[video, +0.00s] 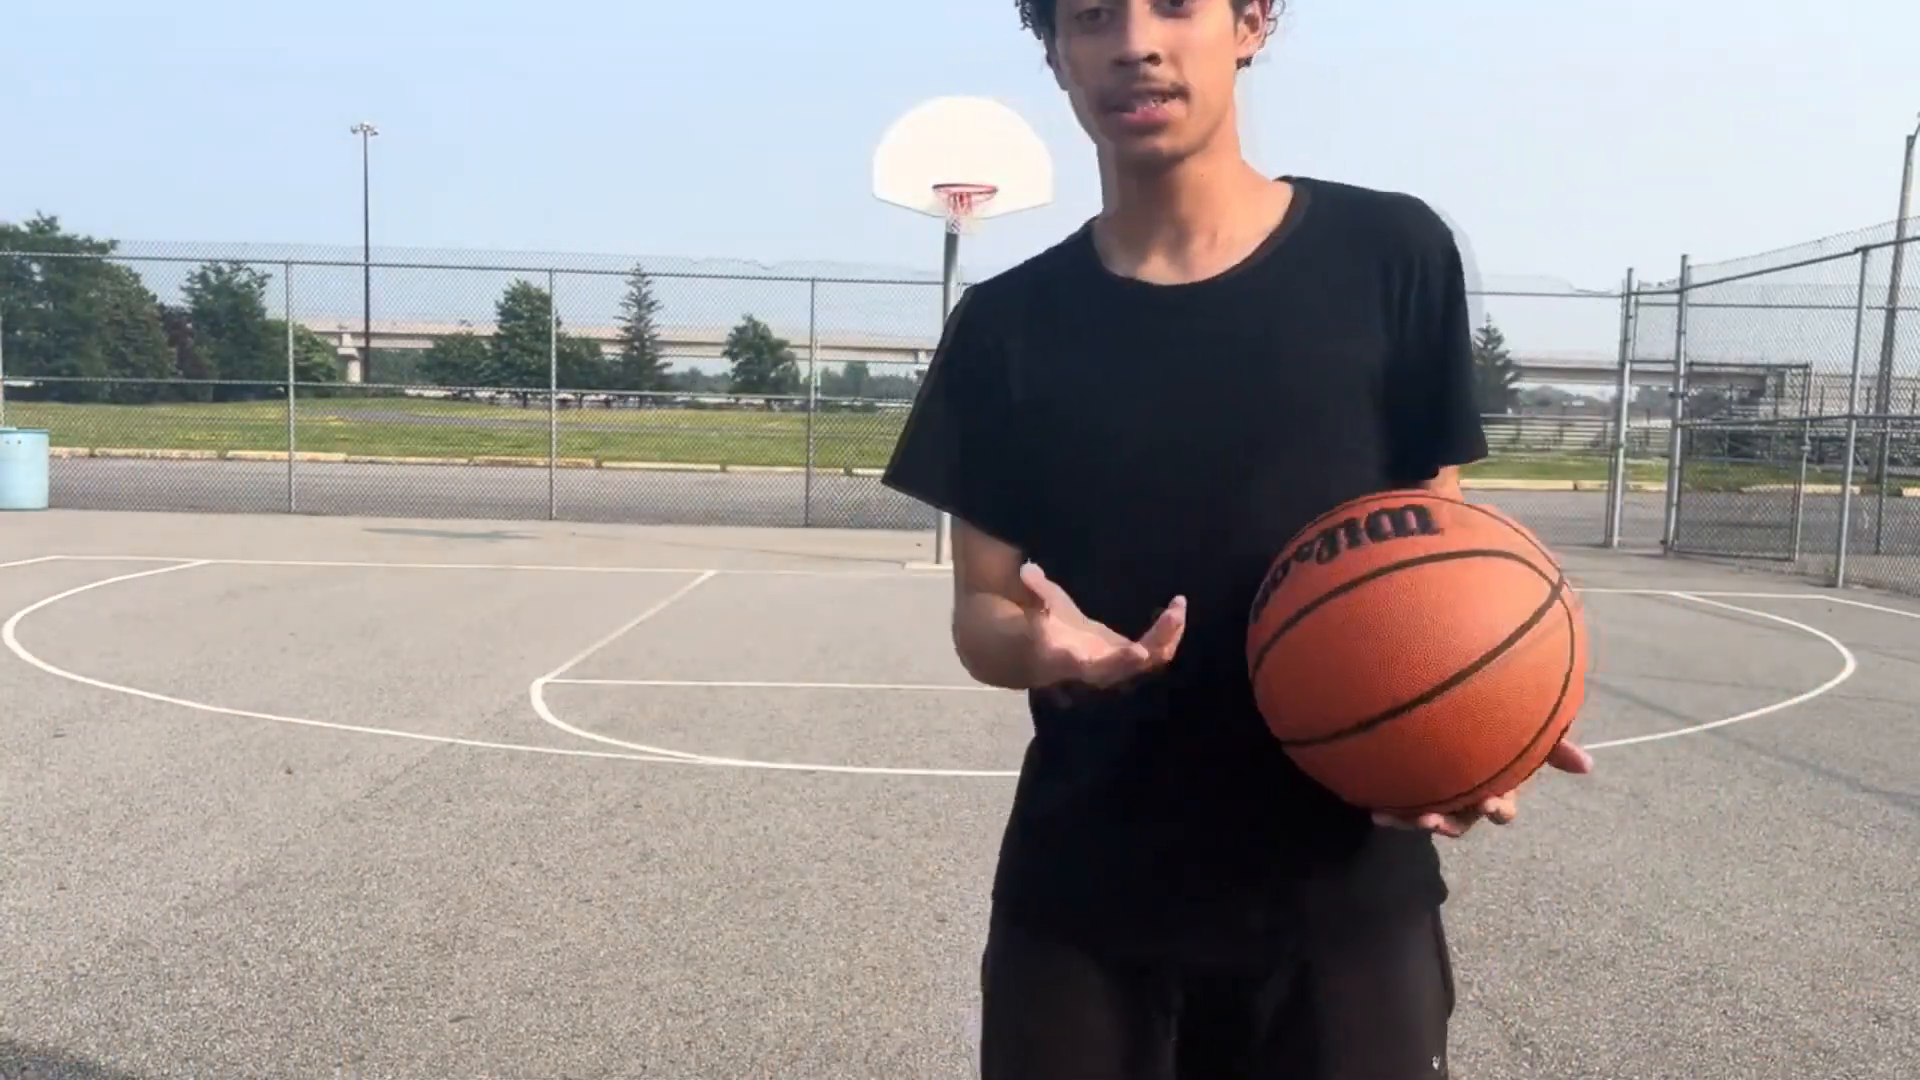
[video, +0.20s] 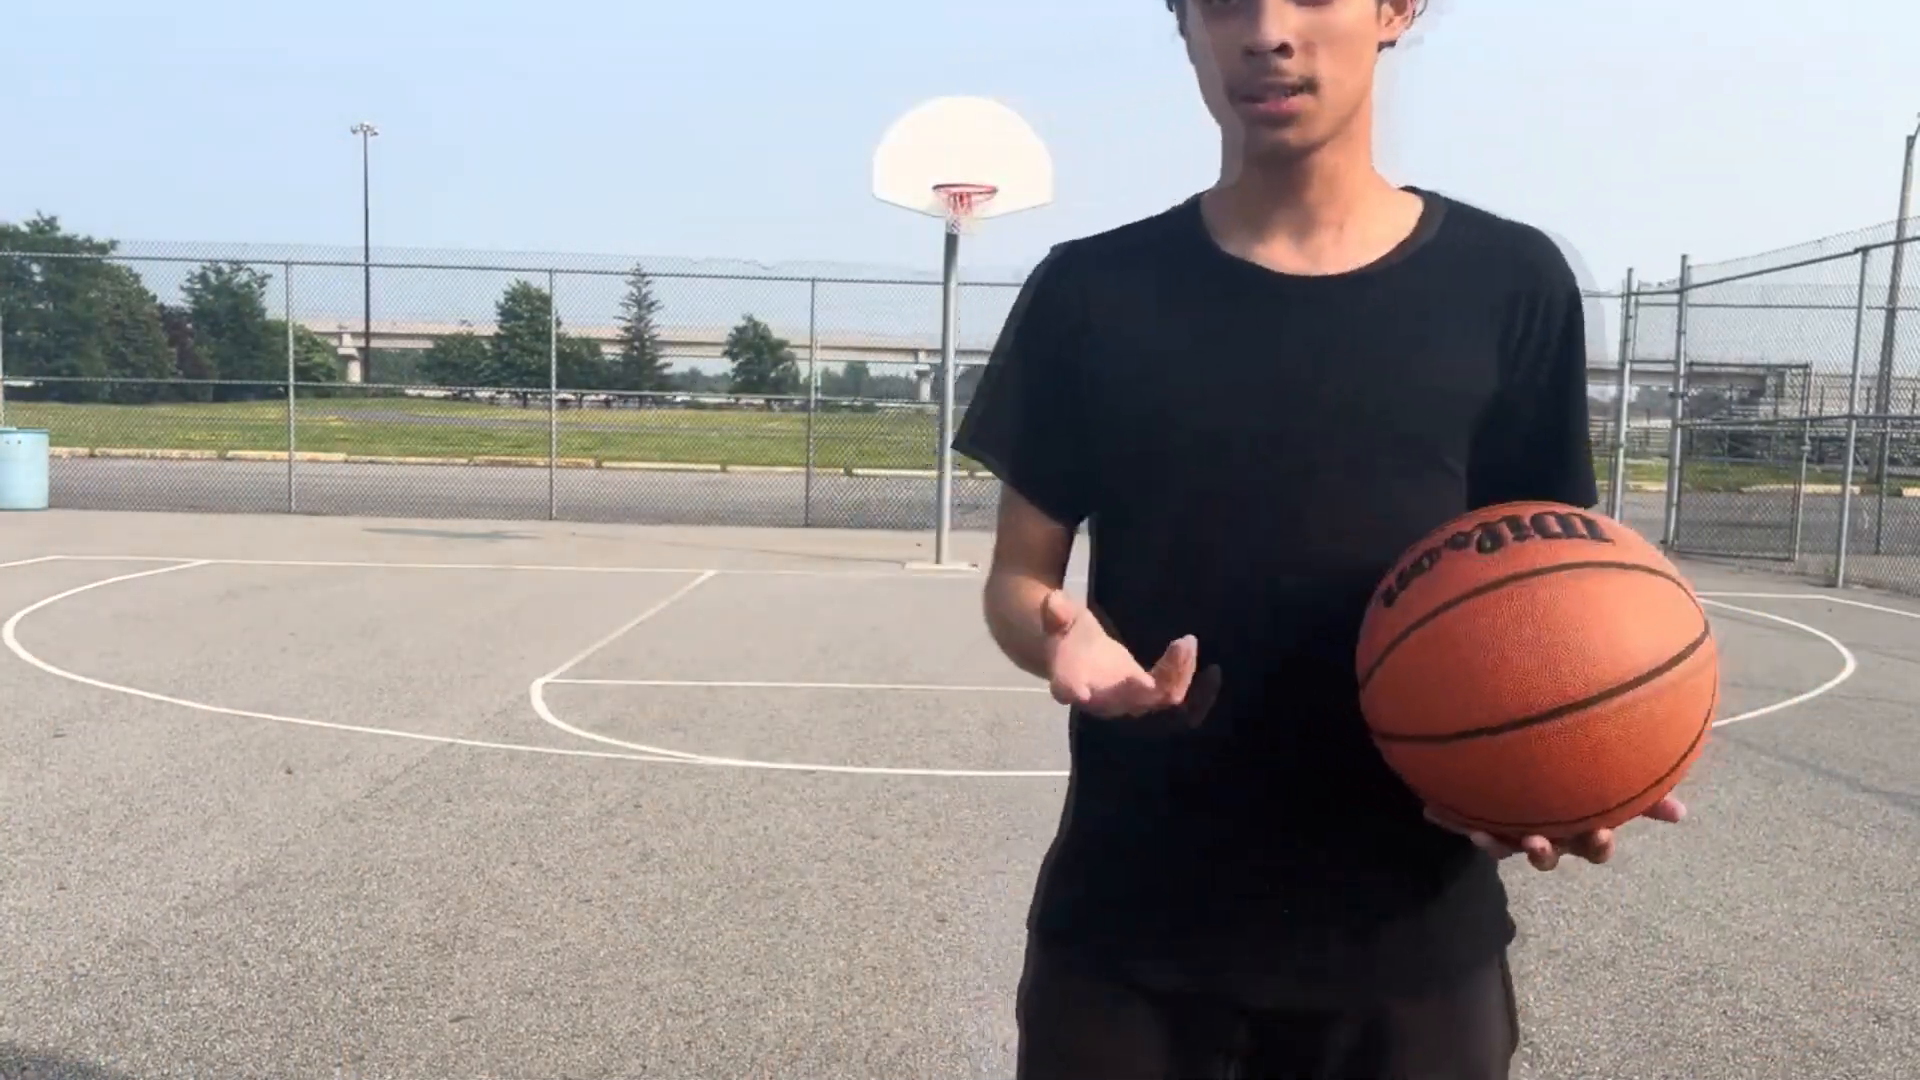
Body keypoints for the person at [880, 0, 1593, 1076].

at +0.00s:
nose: (1138, 43)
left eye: (1177, 4)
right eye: (1096, 13)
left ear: (1250, 25)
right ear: (1054, 50)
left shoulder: (1393, 254)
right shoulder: (1004, 324)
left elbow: (1436, 537)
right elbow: (979, 608)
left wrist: (1466, 714)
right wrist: (1038, 645)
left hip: (1346, 886)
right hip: (1089, 897)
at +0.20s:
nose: (1270, 32)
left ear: (1391, 15)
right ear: (1187, 28)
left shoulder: (1513, 284)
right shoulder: (1088, 293)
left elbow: (1549, 590)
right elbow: (1019, 576)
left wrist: (1564, 761)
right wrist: (1065, 635)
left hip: (1415, 934)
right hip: (1133, 935)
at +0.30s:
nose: (1342, 25)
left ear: (1470, 11)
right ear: (1260, 22)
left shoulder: (1581, 301)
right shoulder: (1134, 282)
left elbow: (1616, 613)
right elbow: (1035, 565)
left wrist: (1612, 776)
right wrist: (1107, 685)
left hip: (1453, 970)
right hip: (1157, 961)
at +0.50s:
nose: (1454, 2)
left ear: (1587, 5)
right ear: (1366, 12)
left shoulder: (1682, 308)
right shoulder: (1218, 269)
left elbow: (1635, 617)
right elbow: (1100, 567)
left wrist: (1659, 828)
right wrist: (1242, 713)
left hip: (1489, 995)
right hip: (1188, 965)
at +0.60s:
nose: (1483, 1)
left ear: (1612, 2)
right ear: (1393, 7)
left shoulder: (1716, 310)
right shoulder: (1240, 253)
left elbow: (1674, 619)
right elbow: (1102, 555)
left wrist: (1709, 816)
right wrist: (1259, 705)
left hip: (1493, 995)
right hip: (1189, 961)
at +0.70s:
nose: (1500, 5)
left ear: (1626, 12)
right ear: (1405, 15)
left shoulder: (1735, 309)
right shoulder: (1247, 245)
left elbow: (1714, 639)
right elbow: (1094, 547)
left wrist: (1764, 846)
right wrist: (1276, 703)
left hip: (1494, 1008)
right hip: (1185, 969)